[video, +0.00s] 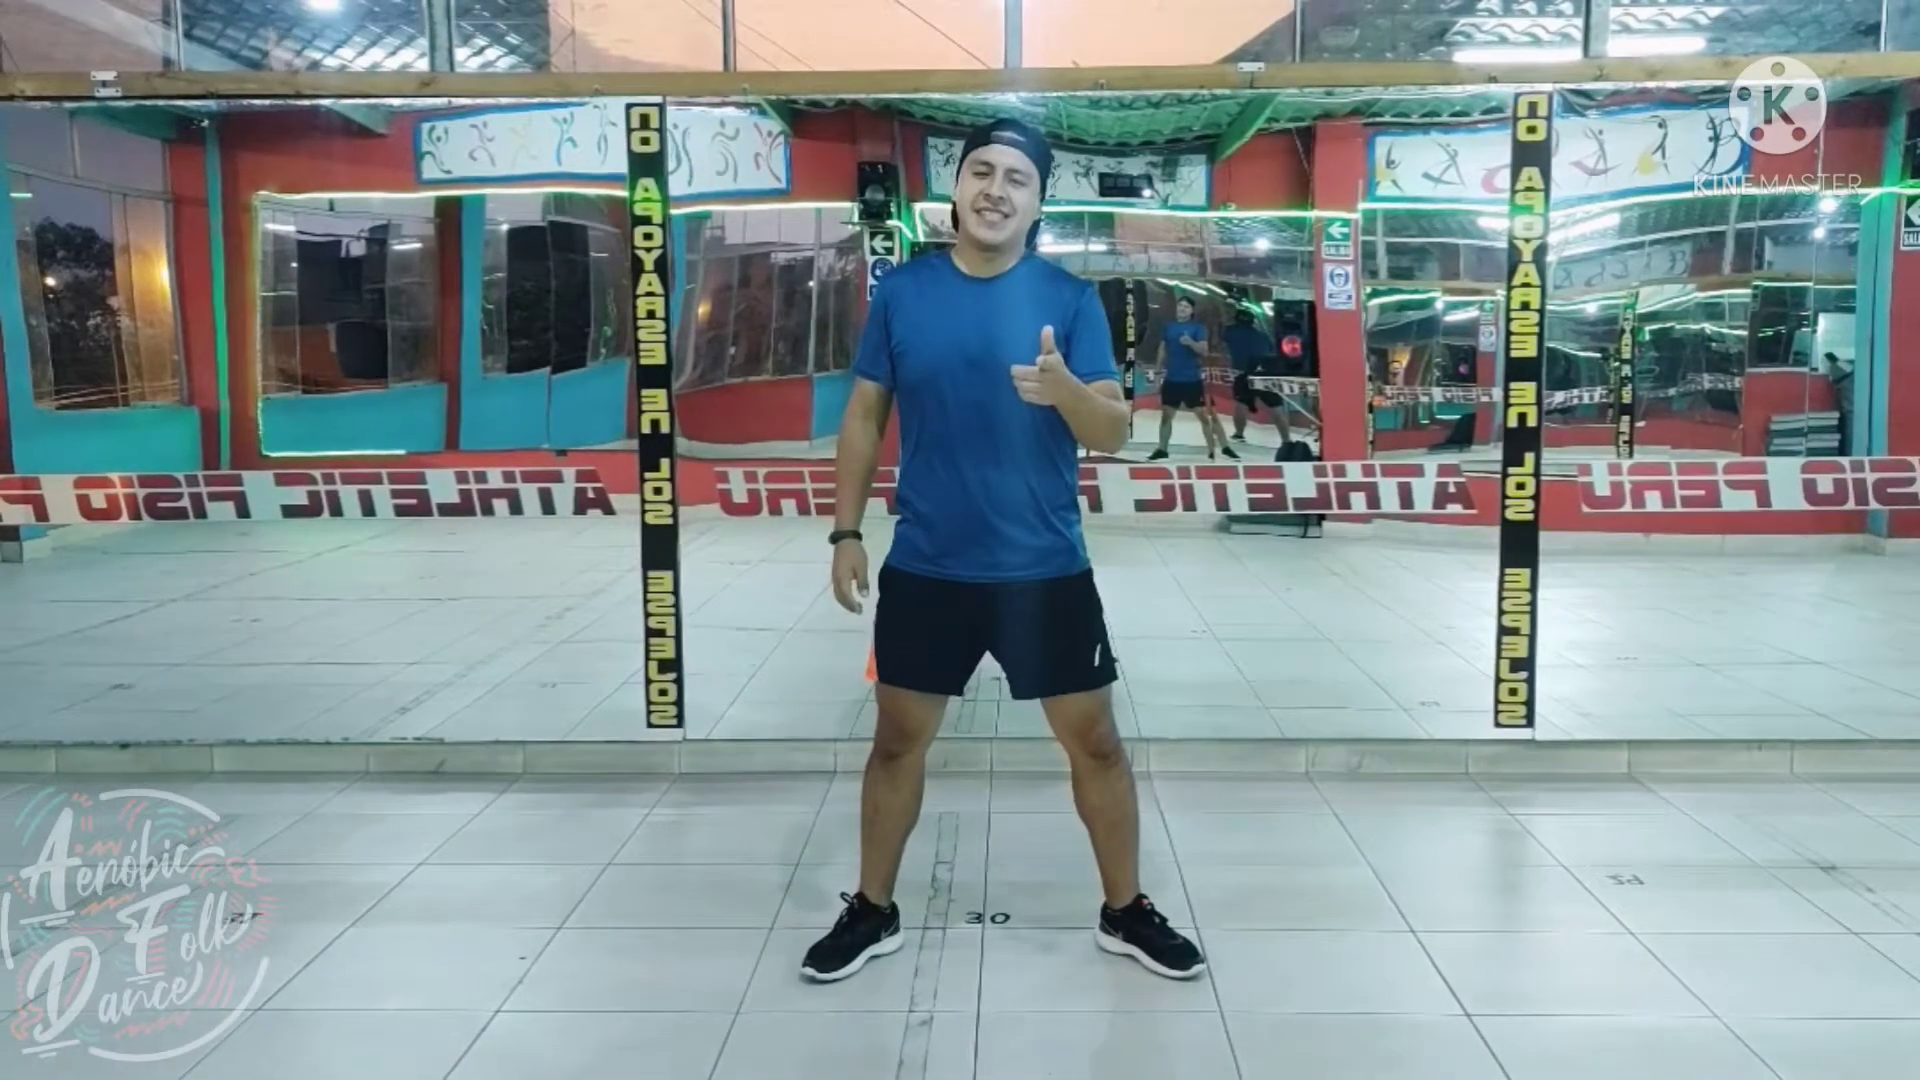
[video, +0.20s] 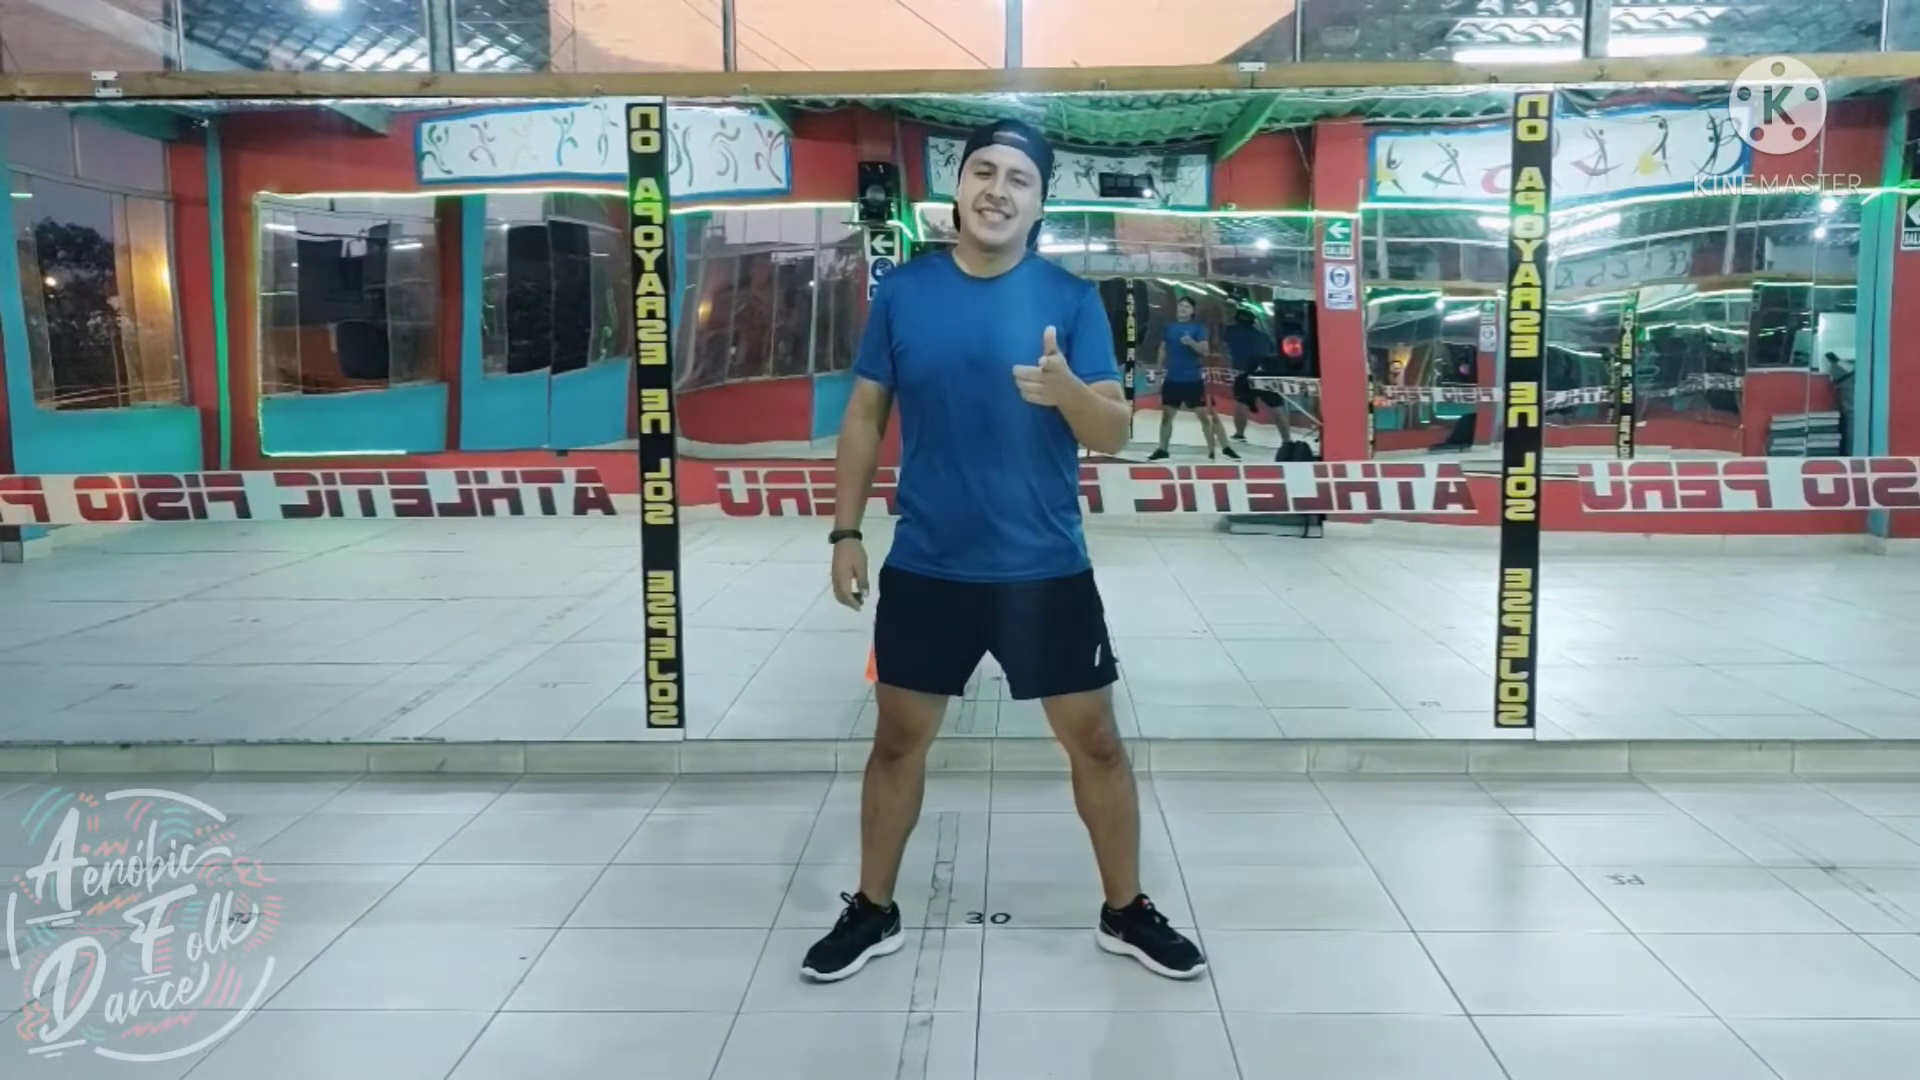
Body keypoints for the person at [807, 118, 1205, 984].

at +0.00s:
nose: (996, 190)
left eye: (1016, 180)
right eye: (982, 174)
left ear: (1039, 204)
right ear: (955, 191)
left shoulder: (1069, 298)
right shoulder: (900, 292)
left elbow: (1111, 432)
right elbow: (866, 412)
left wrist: (1069, 397)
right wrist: (848, 529)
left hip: (1045, 564)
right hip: (928, 560)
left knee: (1095, 742)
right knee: (896, 740)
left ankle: (1125, 906)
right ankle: (872, 905)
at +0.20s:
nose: (997, 190)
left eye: (1018, 181)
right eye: (984, 174)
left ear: (1041, 204)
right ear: (956, 190)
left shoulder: (1071, 298)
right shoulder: (901, 292)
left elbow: (1111, 433)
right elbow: (866, 412)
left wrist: (1071, 397)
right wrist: (847, 531)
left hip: (1045, 563)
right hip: (929, 560)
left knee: (1095, 742)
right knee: (896, 739)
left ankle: (1126, 906)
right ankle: (873, 904)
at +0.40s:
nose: (999, 190)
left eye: (1020, 181)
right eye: (985, 174)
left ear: (1042, 206)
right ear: (957, 190)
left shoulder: (1072, 299)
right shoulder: (902, 292)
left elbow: (1113, 435)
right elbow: (867, 411)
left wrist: (1073, 398)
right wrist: (848, 527)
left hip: (1045, 563)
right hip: (928, 560)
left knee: (1096, 742)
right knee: (896, 739)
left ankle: (1126, 906)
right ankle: (873, 905)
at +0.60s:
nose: (1000, 190)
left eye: (1020, 182)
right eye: (986, 175)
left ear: (1042, 207)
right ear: (958, 191)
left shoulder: (1072, 300)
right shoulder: (903, 292)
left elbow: (1113, 436)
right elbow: (867, 411)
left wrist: (1074, 398)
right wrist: (850, 527)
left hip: (1045, 564)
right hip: (929, 560)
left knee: (1096, 742)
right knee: (897, 738)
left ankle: (1126, 906)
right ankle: (873, 905)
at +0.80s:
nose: (999, 195)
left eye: (1020, 184)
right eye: (985, 177)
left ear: (1042, 206)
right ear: (958, 191)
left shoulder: (1071, 299)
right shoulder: (903, 292)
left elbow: (1115, 435)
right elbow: (867, 410)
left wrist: (1077, 403)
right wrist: (849, 527)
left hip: (1044, 564)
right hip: (928, 560)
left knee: (1095, 742)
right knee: (896, 739)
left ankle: (1126, 906)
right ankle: (874, 904)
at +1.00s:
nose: (997, 207)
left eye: (1017, 195)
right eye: (984, 187)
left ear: (1039, 214)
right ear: (956, 195)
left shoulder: (1066, 304)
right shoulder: (898, 291)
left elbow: (1109, 412)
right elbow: (858, 407)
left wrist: (1123, 509)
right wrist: (842, 526)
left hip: (1033, 563)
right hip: (918, 557)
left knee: (1093, 739)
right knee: (890, 735)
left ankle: (1127, 906)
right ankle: (874, 905)